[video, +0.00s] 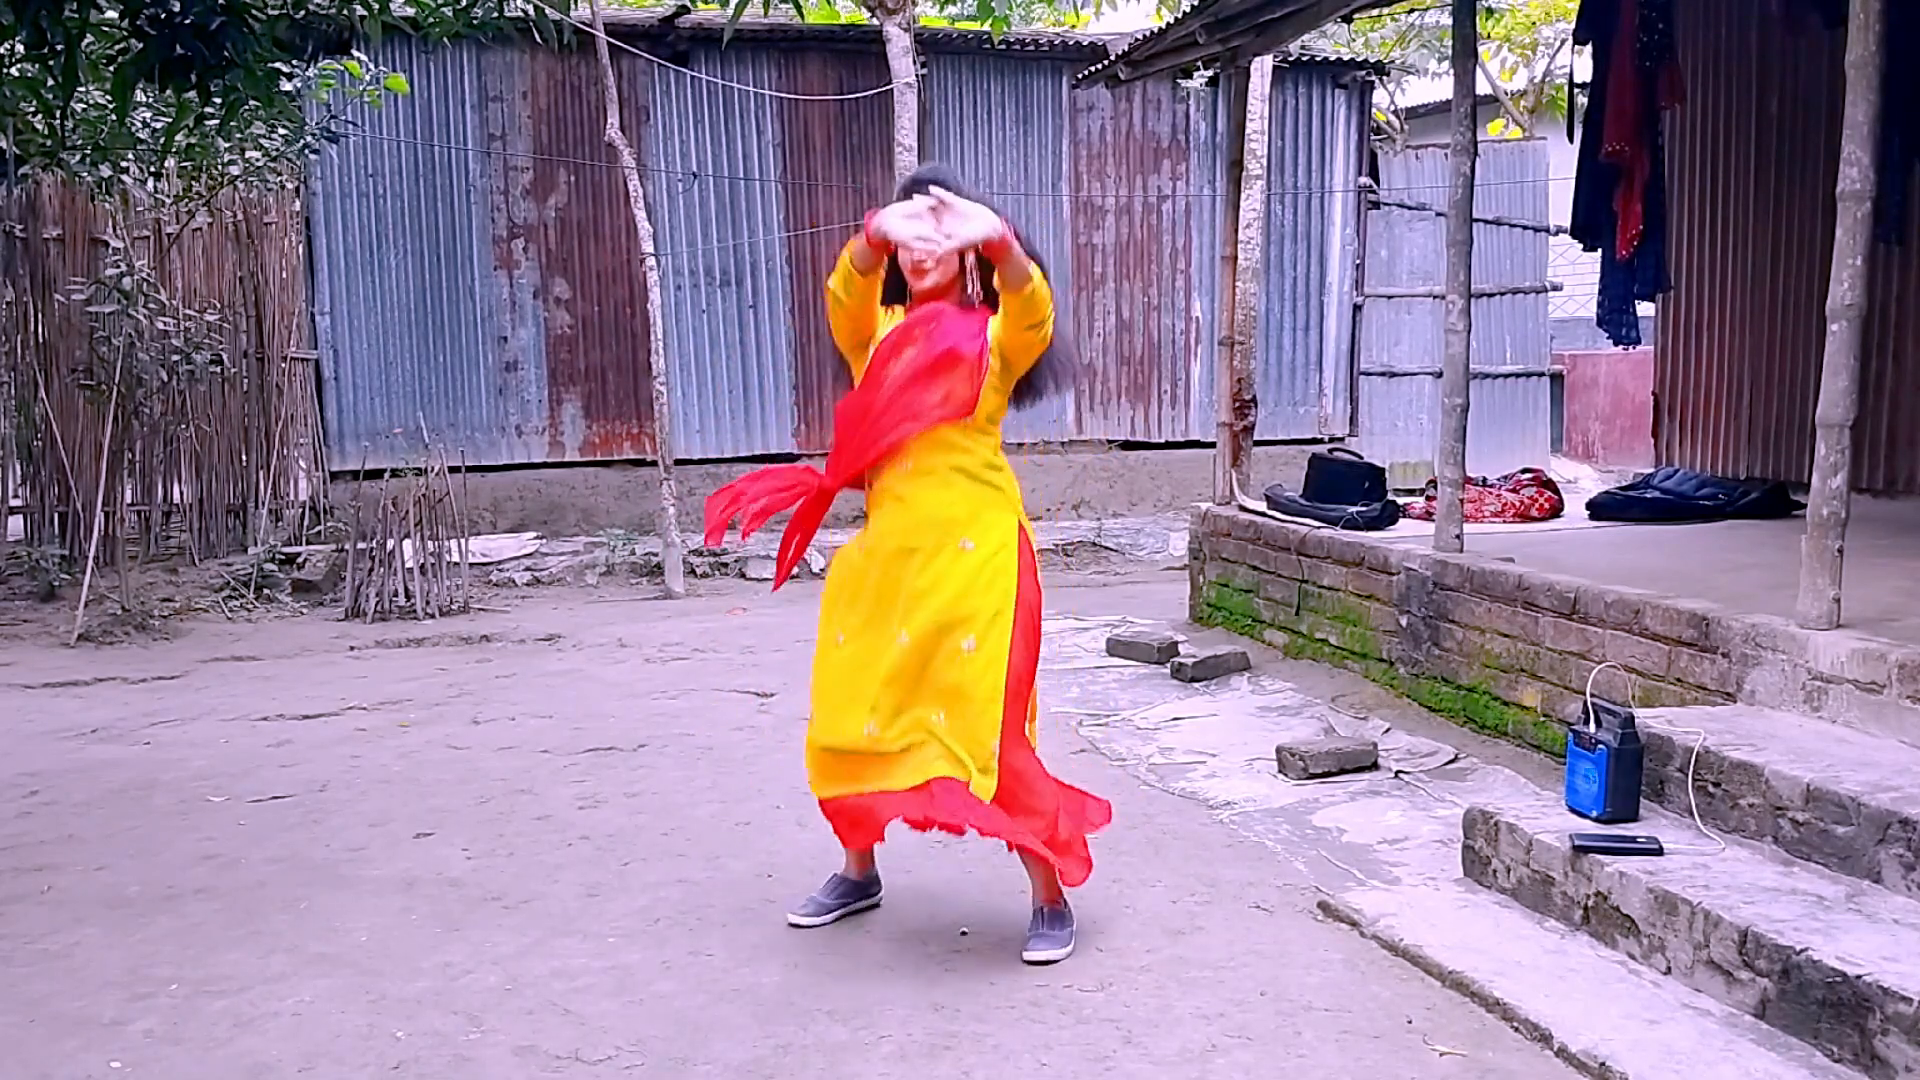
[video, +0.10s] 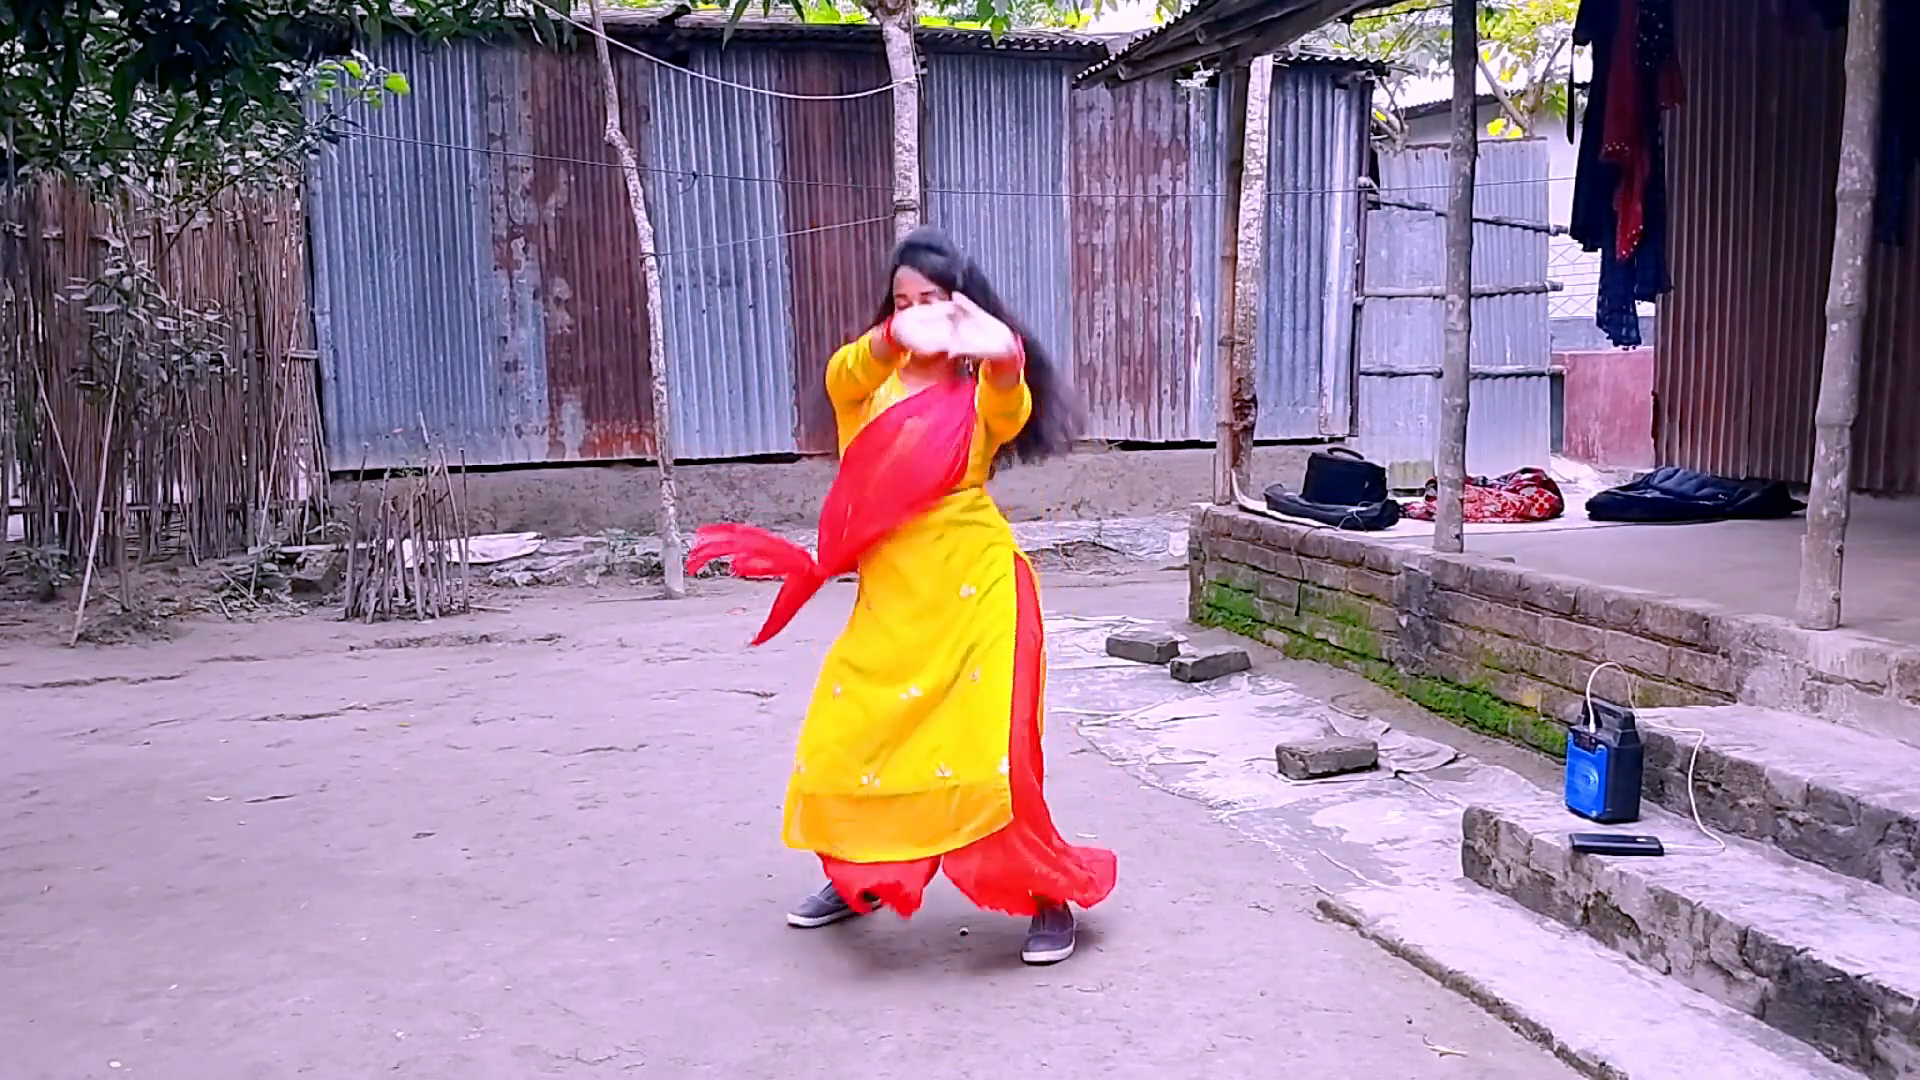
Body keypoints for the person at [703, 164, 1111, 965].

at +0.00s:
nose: (917, 251)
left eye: (933, 233)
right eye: (904, 238)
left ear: (966, 244)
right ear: (892, 253)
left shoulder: (988, 334)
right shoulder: (879, 332)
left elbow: (1028, 315)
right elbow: (847, 299)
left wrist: (1004, 249)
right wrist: (871, 240)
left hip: (977, 531)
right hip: (889, 534)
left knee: (985, 711)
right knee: (842, 698)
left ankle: (1049, 897)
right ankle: (857, 868)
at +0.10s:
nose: (914, 315)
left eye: (927, 300)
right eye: (902, 302)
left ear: (959, 300)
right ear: (891, 310)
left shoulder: (982, 391)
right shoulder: (869, 381)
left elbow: (1005, 382)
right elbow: (843, 374)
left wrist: (999, 349)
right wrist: (897, 333)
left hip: (977, 570)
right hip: (892, 576)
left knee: (994, 738)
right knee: (842, 726)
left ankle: (1050, 899)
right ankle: (851, 874)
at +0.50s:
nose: (904, 306)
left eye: (918, 287)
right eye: (890, 292)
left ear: (953, 286)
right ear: (880, 300)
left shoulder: (989, 368)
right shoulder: (884, 384)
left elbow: (910, 431)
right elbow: (809, 428)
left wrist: (804, 469)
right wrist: (744, 458)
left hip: (945, 589)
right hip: (859, 580)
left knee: (950, 753)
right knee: (829, 724)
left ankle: (1041, 897)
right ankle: (857, 875)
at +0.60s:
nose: (907, 332)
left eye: (923, 316)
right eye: (895, 316)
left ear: (955, 319)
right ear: (883, 322)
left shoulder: (986, 384)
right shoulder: (886, 403)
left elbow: (892, 400)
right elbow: (821, 437)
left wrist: (764, 404)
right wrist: (740, 429)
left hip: (959, 616)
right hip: (878, 607)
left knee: (936, 781)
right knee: (815, 730)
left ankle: (1040, 901)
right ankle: (861, 873)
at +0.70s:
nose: (915, 328)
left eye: (930, 311)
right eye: (903, 312)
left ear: (963, 313)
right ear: (892, 318)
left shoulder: (997, 369)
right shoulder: (906, 400)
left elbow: (910, 392)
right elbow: (851, 437)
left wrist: (782, 406)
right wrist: (762, 440)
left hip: (983, 603)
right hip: (906, 599)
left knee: (940, 778)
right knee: (840, 732)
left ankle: (1040, 904)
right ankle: (861, 879)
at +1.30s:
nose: (941, 302)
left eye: (954, 283)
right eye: (926, 289)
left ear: (989, 279)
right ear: (916, 293)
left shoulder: (1033, 359)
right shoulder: (901, 355)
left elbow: (1043, 407)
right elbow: (824, 394)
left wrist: (976, 453)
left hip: (955, 579)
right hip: (868, 568)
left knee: (960, 733)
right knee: (854, 718)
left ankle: (1044, 890)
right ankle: (868, 874)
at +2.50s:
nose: (935, 322)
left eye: (948, 303)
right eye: (923, 308)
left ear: (983, 305)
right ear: (914, 313)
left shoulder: (1014, 383)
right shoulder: (893, 370)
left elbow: (1060, 422)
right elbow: (899, 382)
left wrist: (1040, 386)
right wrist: (967, 388)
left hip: (994, 574)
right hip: (905, 580)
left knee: (1015, 733)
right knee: (864, 727)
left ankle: (1050, 900)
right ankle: (861, 887)